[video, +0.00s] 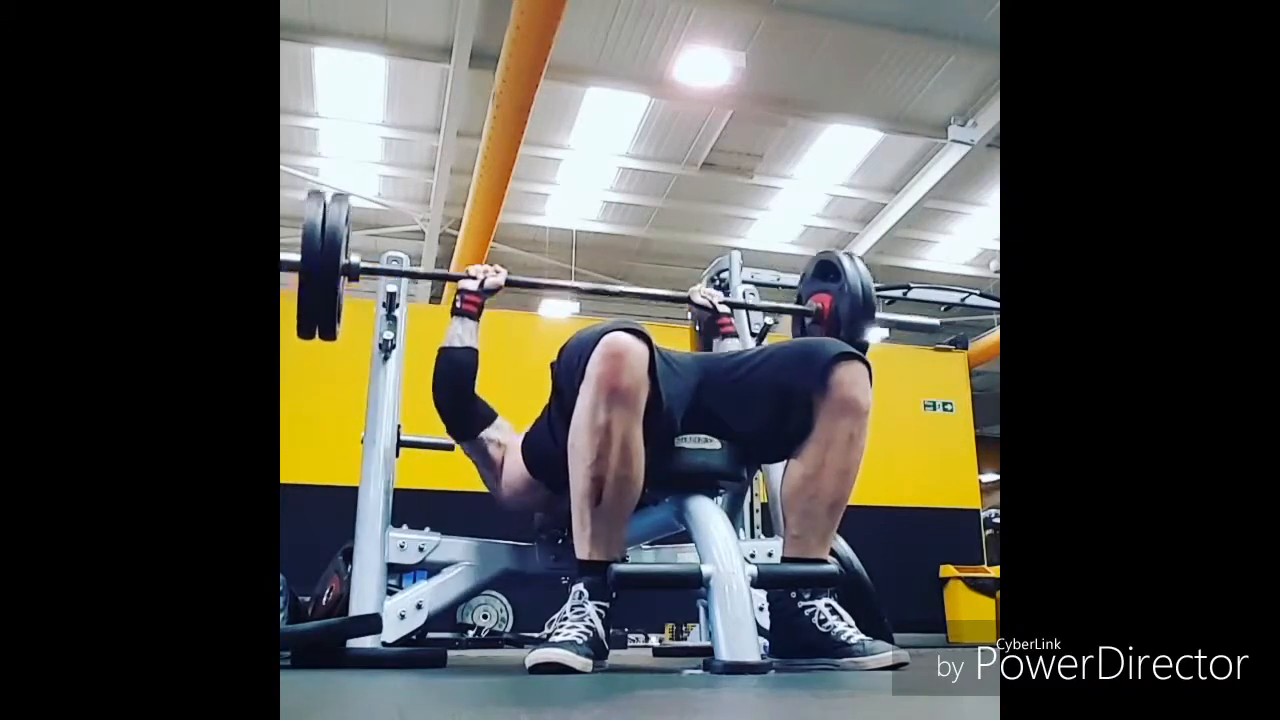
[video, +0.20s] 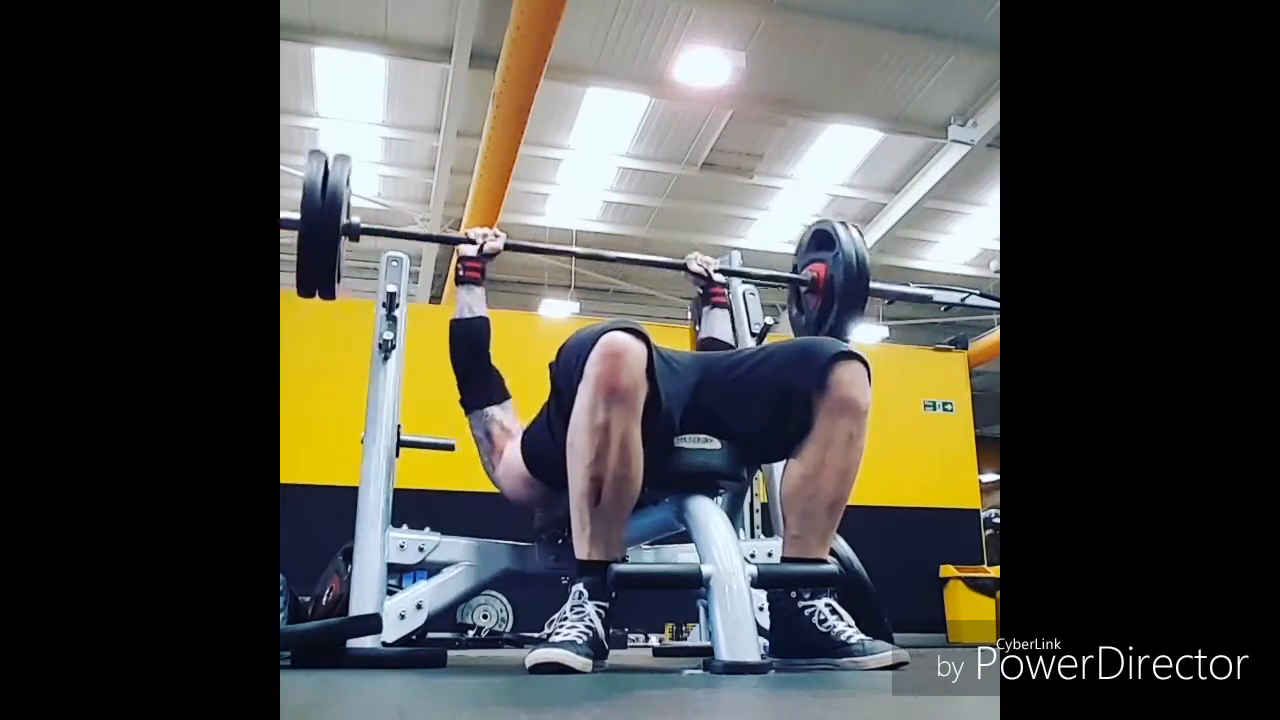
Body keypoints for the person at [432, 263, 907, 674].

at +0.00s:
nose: (499, 450)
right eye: (498, 456)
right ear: (506, 474)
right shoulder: (517, 469)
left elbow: (735, 402)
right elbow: (454, 397)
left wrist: (720, 336)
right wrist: (469, 303)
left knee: (844, 375)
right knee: (618, 352)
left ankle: (800, 609)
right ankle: (584, 608)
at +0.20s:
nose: (497, 432)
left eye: (500, 430)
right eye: (491, 436)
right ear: (499, 456)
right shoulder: (521, 464)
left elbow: (718, 369)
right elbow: (474, 367)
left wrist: (711, 297)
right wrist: (470, 272)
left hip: (687, 381)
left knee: (841, 371)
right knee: (616, 350)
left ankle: (798, 605)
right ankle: (586, 606)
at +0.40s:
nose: (496, 441)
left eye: (500, 442)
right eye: (491, 449)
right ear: (495, 466)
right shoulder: (516, 468)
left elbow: (736, 399)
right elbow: (450, 399)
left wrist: (722, 332)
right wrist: (467, 303)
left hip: (695, 389)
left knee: (845, 376)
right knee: (617, 353)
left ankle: (800, 606)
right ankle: (584, 606)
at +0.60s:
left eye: (479, 473)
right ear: (488, 494)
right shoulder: (521, 479)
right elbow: (439, 472)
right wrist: (464, 381)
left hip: (704, 375)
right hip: (629, 361)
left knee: (849, 376)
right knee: (617, 355)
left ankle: (800, 607)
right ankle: (587, 604)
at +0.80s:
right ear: (505, 508)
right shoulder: (525, 489)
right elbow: (451, 505)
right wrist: (465, 414)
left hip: (703, 374)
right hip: (628, 361)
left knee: (851, 376)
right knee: (623, 357)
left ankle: (801, 606)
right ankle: (588, 605)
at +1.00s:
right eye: (489, 476)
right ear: (499, 481)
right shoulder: (518, 472)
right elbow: (441, 452)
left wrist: (728, 356)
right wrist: (464, 361)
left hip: (701, 375)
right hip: (623, 358)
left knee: (845, 374)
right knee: (617, 355)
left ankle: (801, 607)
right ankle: (587, 604)